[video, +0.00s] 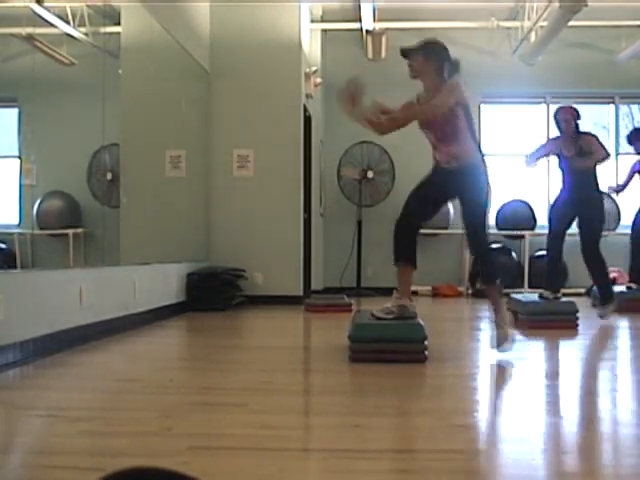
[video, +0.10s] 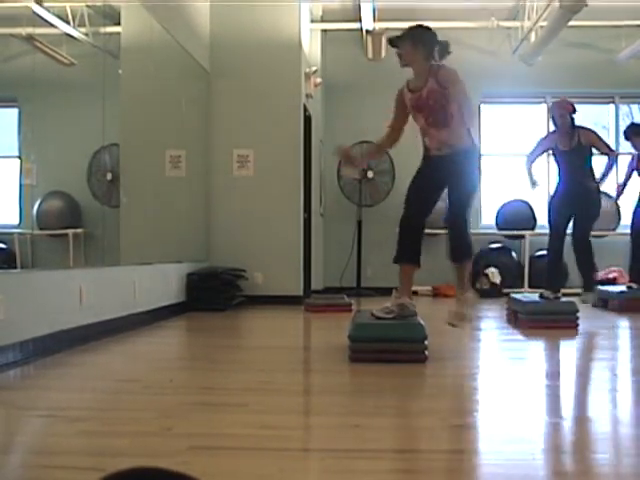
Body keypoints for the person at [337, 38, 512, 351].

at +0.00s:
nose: (410, 65)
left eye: (416, 61)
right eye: (411, 61)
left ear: (434, 64)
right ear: (422, 67)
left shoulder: (453, 90)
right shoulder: (417, 102)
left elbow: (431, 111)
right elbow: (385, 127)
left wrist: (392, 114)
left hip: (470, 172)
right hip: (441, 174)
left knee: (479, 244)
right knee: (406, 225)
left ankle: (500, 319)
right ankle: (402, 301)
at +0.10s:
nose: (398, 53)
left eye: (403, 47)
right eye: (398, 48)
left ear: (420, 49)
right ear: (409, 52)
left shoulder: (446, 75)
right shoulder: (406, 93)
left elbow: (467, 113)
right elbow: (393, 135)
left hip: (462, 157)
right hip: (432, 161)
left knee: (457, 222)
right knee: (411, 221)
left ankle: (463, 296)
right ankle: (403, 298)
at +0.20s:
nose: (387, 56)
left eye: (391, 50)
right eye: (387, 50)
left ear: (410, 50)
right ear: (401, 53)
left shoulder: (438, 76)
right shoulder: (401, 91)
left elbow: (484, 97)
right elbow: (411, 128)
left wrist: (509, 129)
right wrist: (406, 164)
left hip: (456, 157)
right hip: (425, 162)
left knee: (435, 205)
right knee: (405, 216)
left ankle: (438, 286)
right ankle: (403, 296)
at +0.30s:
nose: (383, 68)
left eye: (387, 62)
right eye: (383, 63)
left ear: (403, 62)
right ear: (399, 64)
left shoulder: (437, 86)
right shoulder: (398, 100)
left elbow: (485, 92)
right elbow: (421, 130)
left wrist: (517, 117)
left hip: (453, 167)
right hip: (423, 168)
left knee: (419, 214)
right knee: (392, 223)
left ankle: (425, 289)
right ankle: (401, 297)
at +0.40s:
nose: (384, 70)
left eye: (388, 63)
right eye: (383, 64)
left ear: (404, 63)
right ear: (402, 65)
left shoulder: (438, 86)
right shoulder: (402, 102)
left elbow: (486, 98)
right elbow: (425, 131)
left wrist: (516, 127)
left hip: (454, 168)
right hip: (424, 169)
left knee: (431, 218)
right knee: (394, 223)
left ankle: (430, 296)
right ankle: (401, 299)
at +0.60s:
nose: (408, 65)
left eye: (411, 58)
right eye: (408, 59)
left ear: (427, 55)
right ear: (423, 57)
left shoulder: (455, 79)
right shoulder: (425, 97)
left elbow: (453, 112)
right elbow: (399, 131)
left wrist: (424, 130)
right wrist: (362, 140)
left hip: (479, 161)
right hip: (451, 166)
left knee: (487, 227)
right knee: (425, 223)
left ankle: (516, 298)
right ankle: (404, 299)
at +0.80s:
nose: (444, 101)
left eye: (447, 96)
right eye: (443, 97)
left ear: (463, 92)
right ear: (456, 98)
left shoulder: (484, 115)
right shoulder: (461, 125)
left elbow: (441, 103)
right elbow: (425, 123)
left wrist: (405, 80)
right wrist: (399, 96)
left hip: (518, 200)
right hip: (493, 203)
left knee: (538, 266)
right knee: (444, 237)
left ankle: (571, 331)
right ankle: (405, 302)